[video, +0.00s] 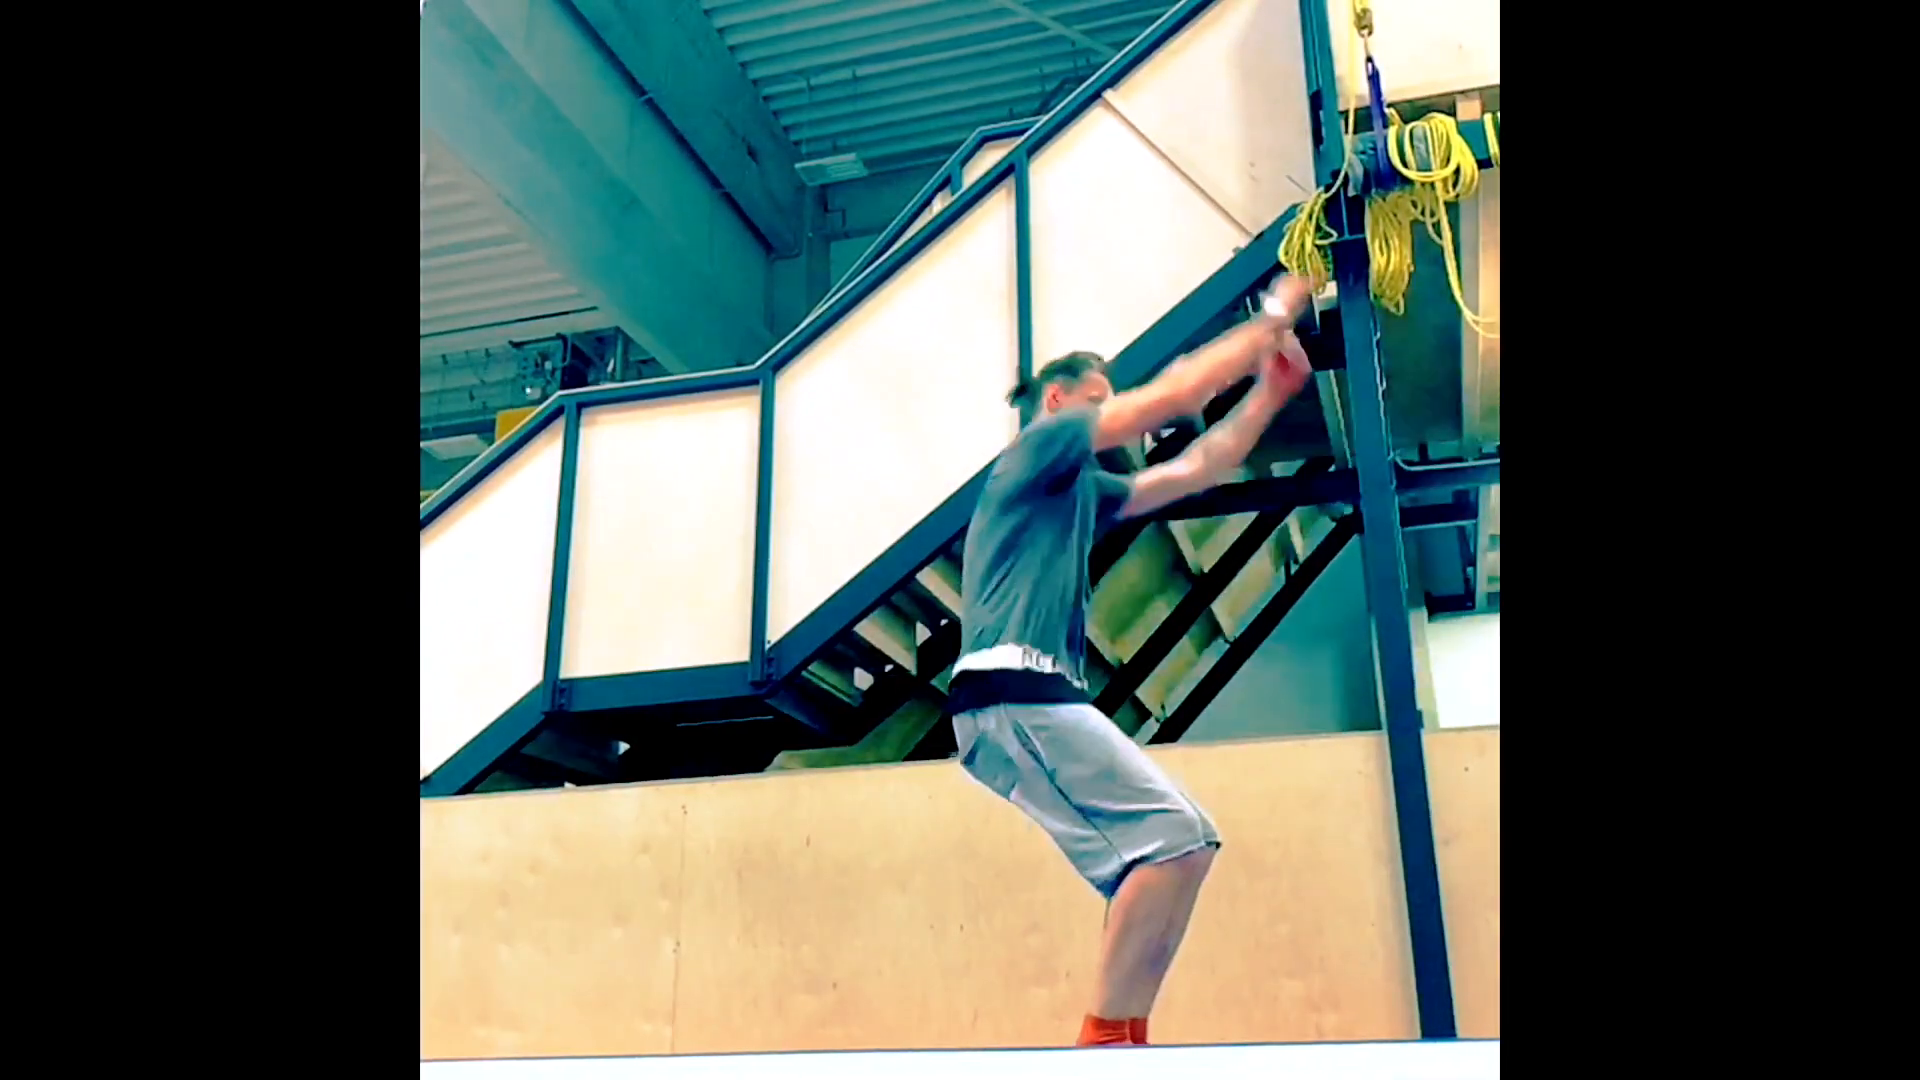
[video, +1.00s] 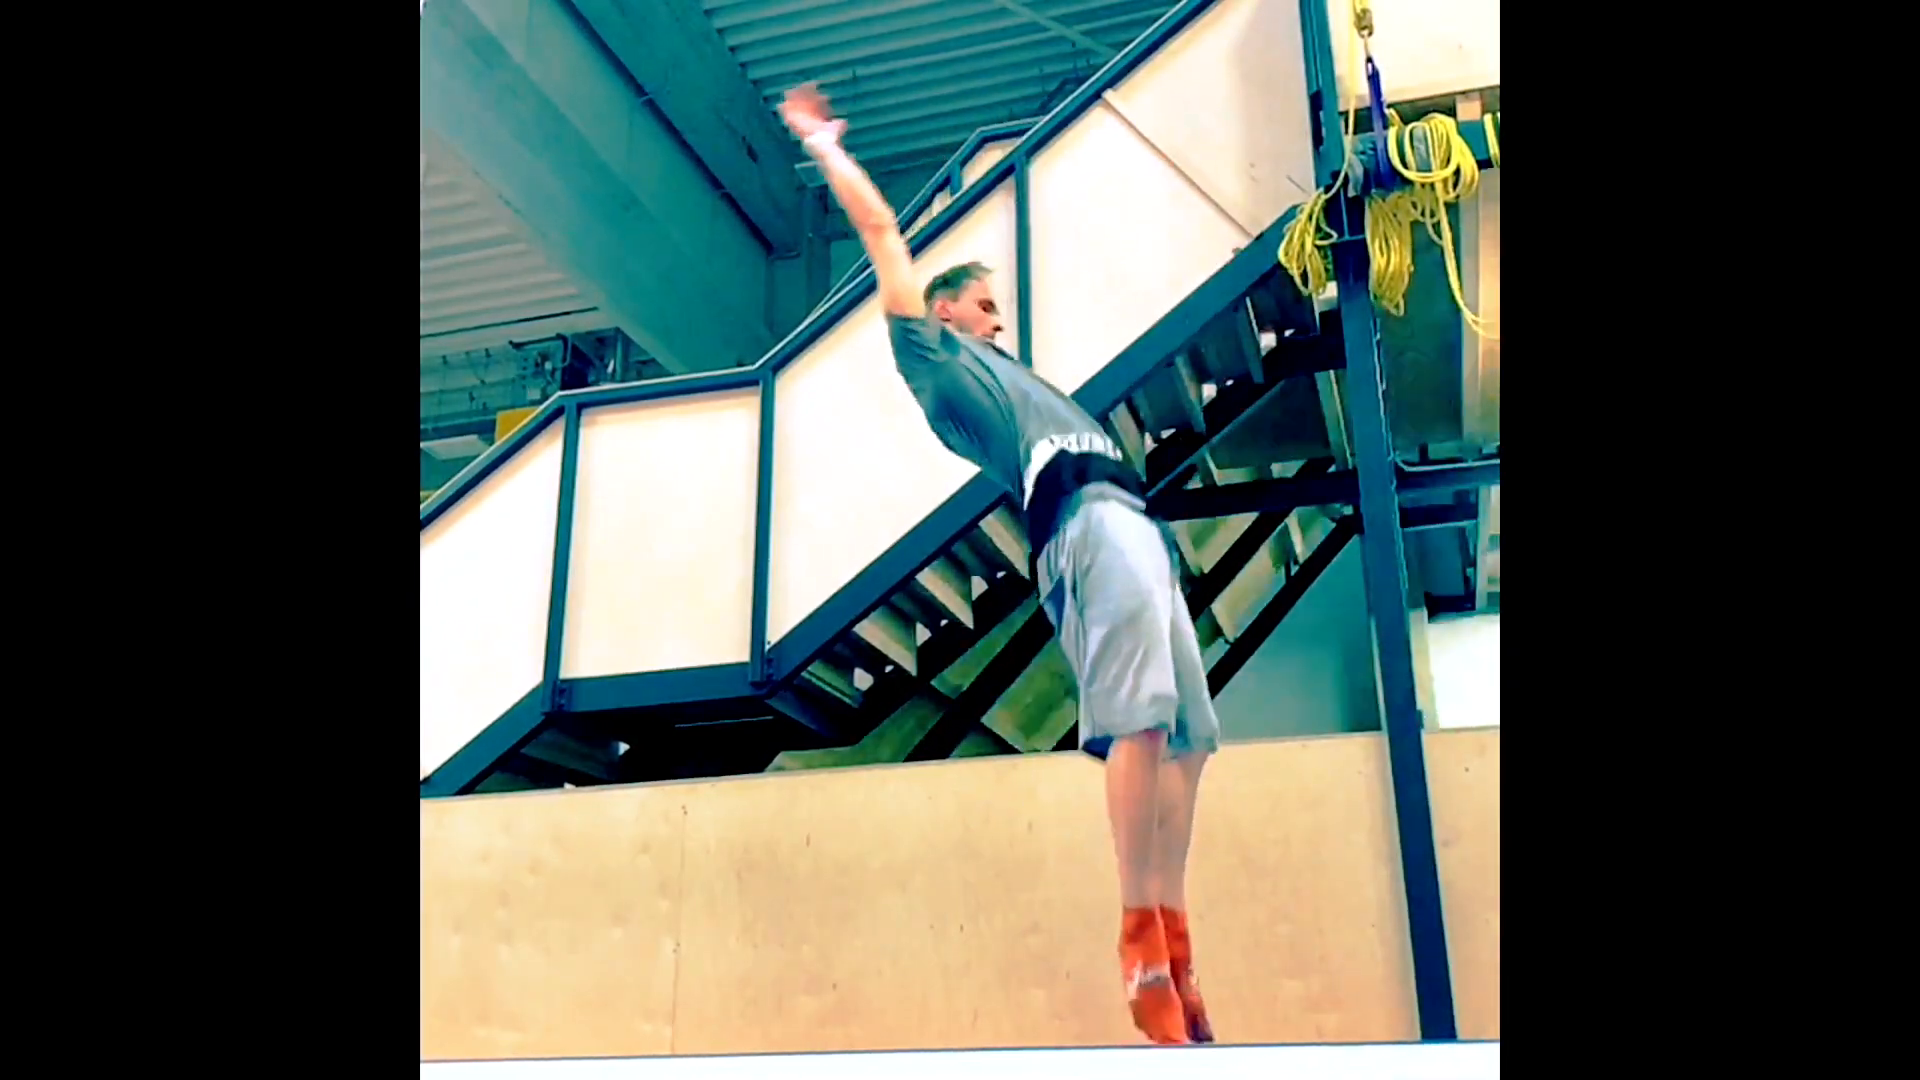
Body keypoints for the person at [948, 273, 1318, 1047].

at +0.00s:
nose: (1112, 409)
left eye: (1110, 399)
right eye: (1099, 396)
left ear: (1069, 402)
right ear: (1057, 394)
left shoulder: (1081, 489)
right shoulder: (1037, 445)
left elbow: (1201, 467)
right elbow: (1171, 395)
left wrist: (1270, 391)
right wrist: (1272, 317)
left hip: (1037, 702)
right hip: (1013, 699)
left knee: (1176, 848)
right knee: (1174, 841)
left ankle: (1118, 1042)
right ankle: (1108, 1041)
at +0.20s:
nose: (1081, 378)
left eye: (1079, 371)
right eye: (1068, 364)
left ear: (1060, 386)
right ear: (1034, 370)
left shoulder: (1066, 459)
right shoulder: (1015, 428)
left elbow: (1154, 403)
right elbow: (1121, 319)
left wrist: (1208, 318)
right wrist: (1183, 219)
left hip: (1051, 673)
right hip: (1021, 671)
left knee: (1188, 836)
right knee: (1167, 832)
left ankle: (1127, 1035)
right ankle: (1108, 1033)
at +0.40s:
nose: (1054, 352)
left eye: (1053, 341)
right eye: (1040, 339)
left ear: (1034, 366)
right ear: (1007, 352)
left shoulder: (1046, 427)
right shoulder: (996, 396)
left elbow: (1118, 362)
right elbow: (1061, 275)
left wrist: (1153, 275)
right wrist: (1092, 174)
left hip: (1068, 642)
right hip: (1034, 640)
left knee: (1192, 820)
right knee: (1160, 813)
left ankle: (1130, 1022)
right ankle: (1108, 1024)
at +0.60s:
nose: (1039, 339)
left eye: (1041, 333)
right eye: (1026, 326)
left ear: (1034, 352)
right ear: (994, 328)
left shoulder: (1028, 409)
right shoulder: (972, 374)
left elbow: (1067, 343)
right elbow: (999, 235)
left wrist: (1089, 266)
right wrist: (999, 139)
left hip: (1092, 609)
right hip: (1053, 603)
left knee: (1189, 800)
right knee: (1149, 794)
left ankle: (1142, 1006)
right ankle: (1109, 1007)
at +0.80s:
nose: (1014, 324)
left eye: (1018, 316)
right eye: (998, 316)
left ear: (1018, 328)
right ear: (964, 322)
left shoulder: (1014, 392)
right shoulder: (953, 369)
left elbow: (1024, 344)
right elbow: (937, 226)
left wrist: (1031, 273)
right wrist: (905, 126)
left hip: (1112, 564)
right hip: (1070, 561)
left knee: (1190, 768)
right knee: (1137, 759)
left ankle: (1157, 966)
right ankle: (1126, 968)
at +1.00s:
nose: (998, 310)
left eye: (997, 303)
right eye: (982, 300)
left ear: (983, 320)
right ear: (938, 306)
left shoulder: (1007, 377)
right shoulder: (929, 349)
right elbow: (877, 226)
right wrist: (823, 139)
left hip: (1136, 530)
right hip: (1090, 522)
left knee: (1186, 731)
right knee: (1139, 722)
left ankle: (1172, 934)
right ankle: (1140, 940)